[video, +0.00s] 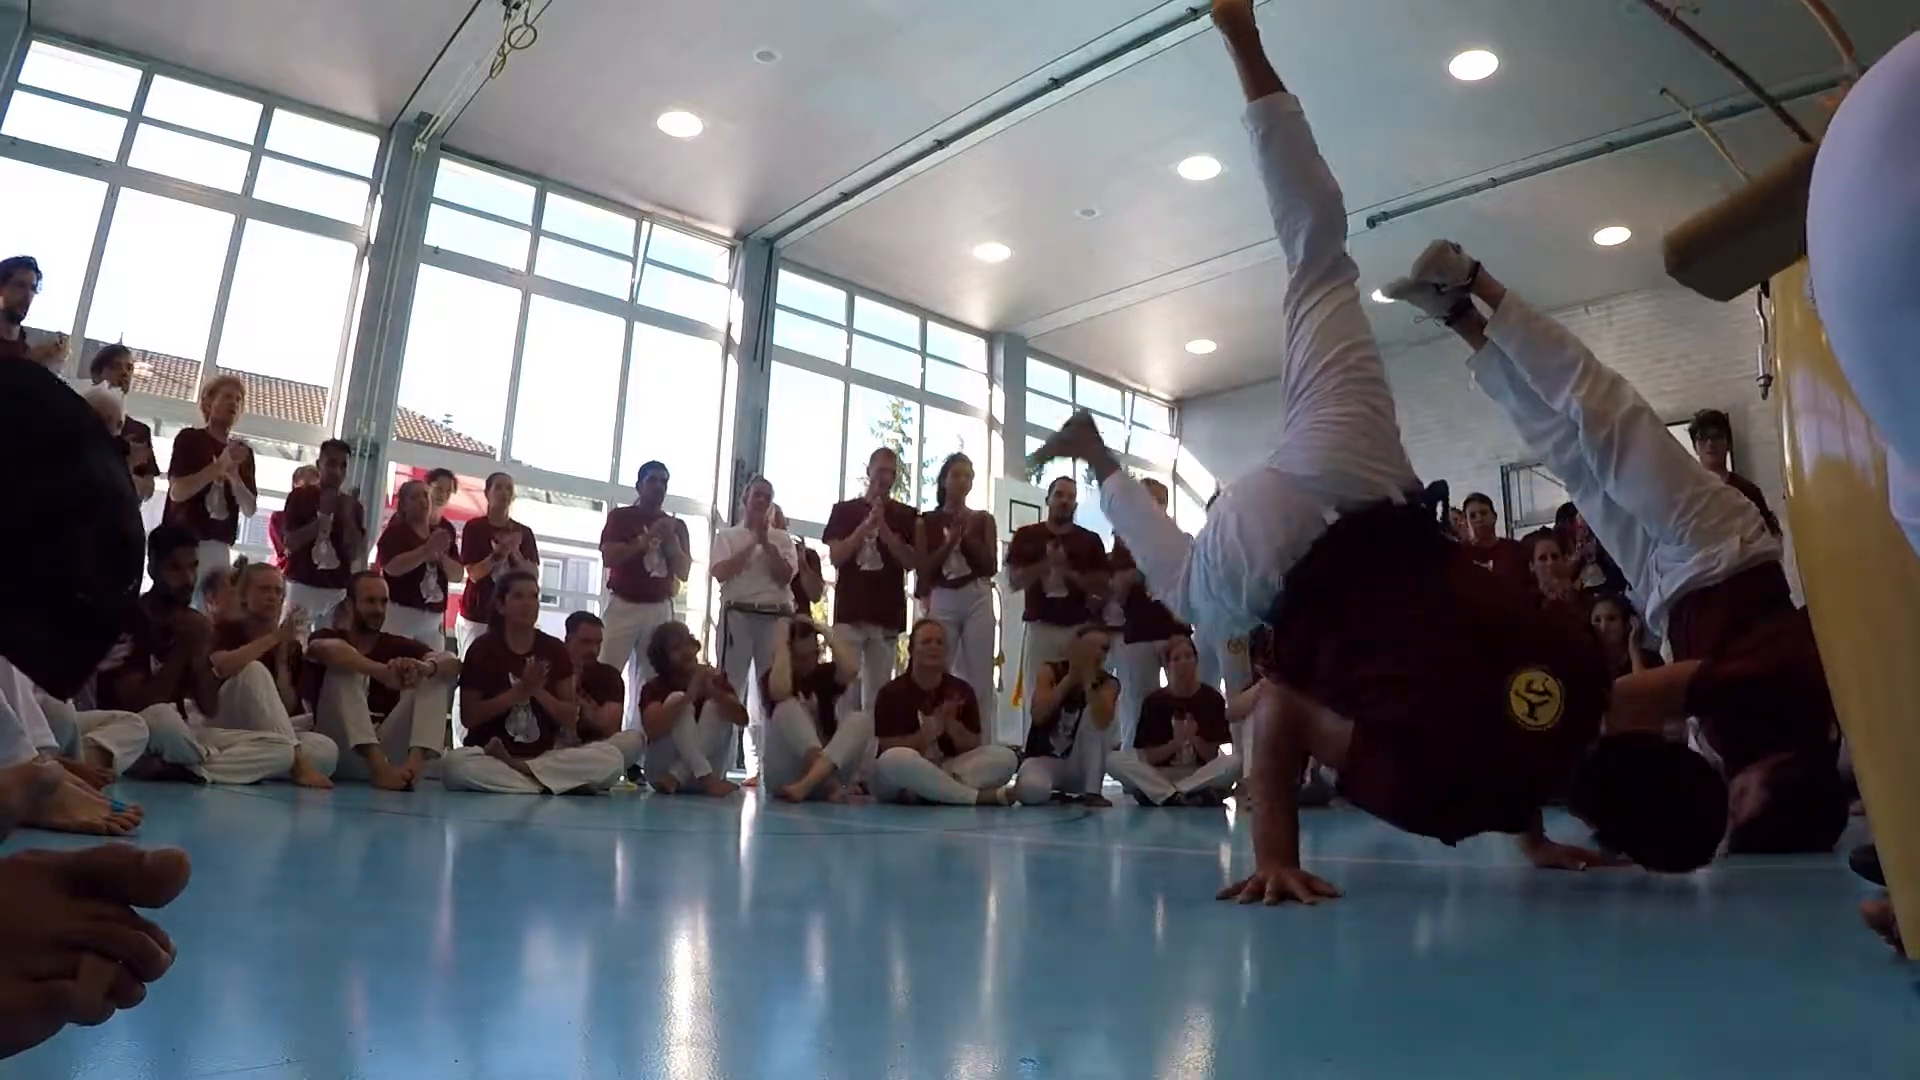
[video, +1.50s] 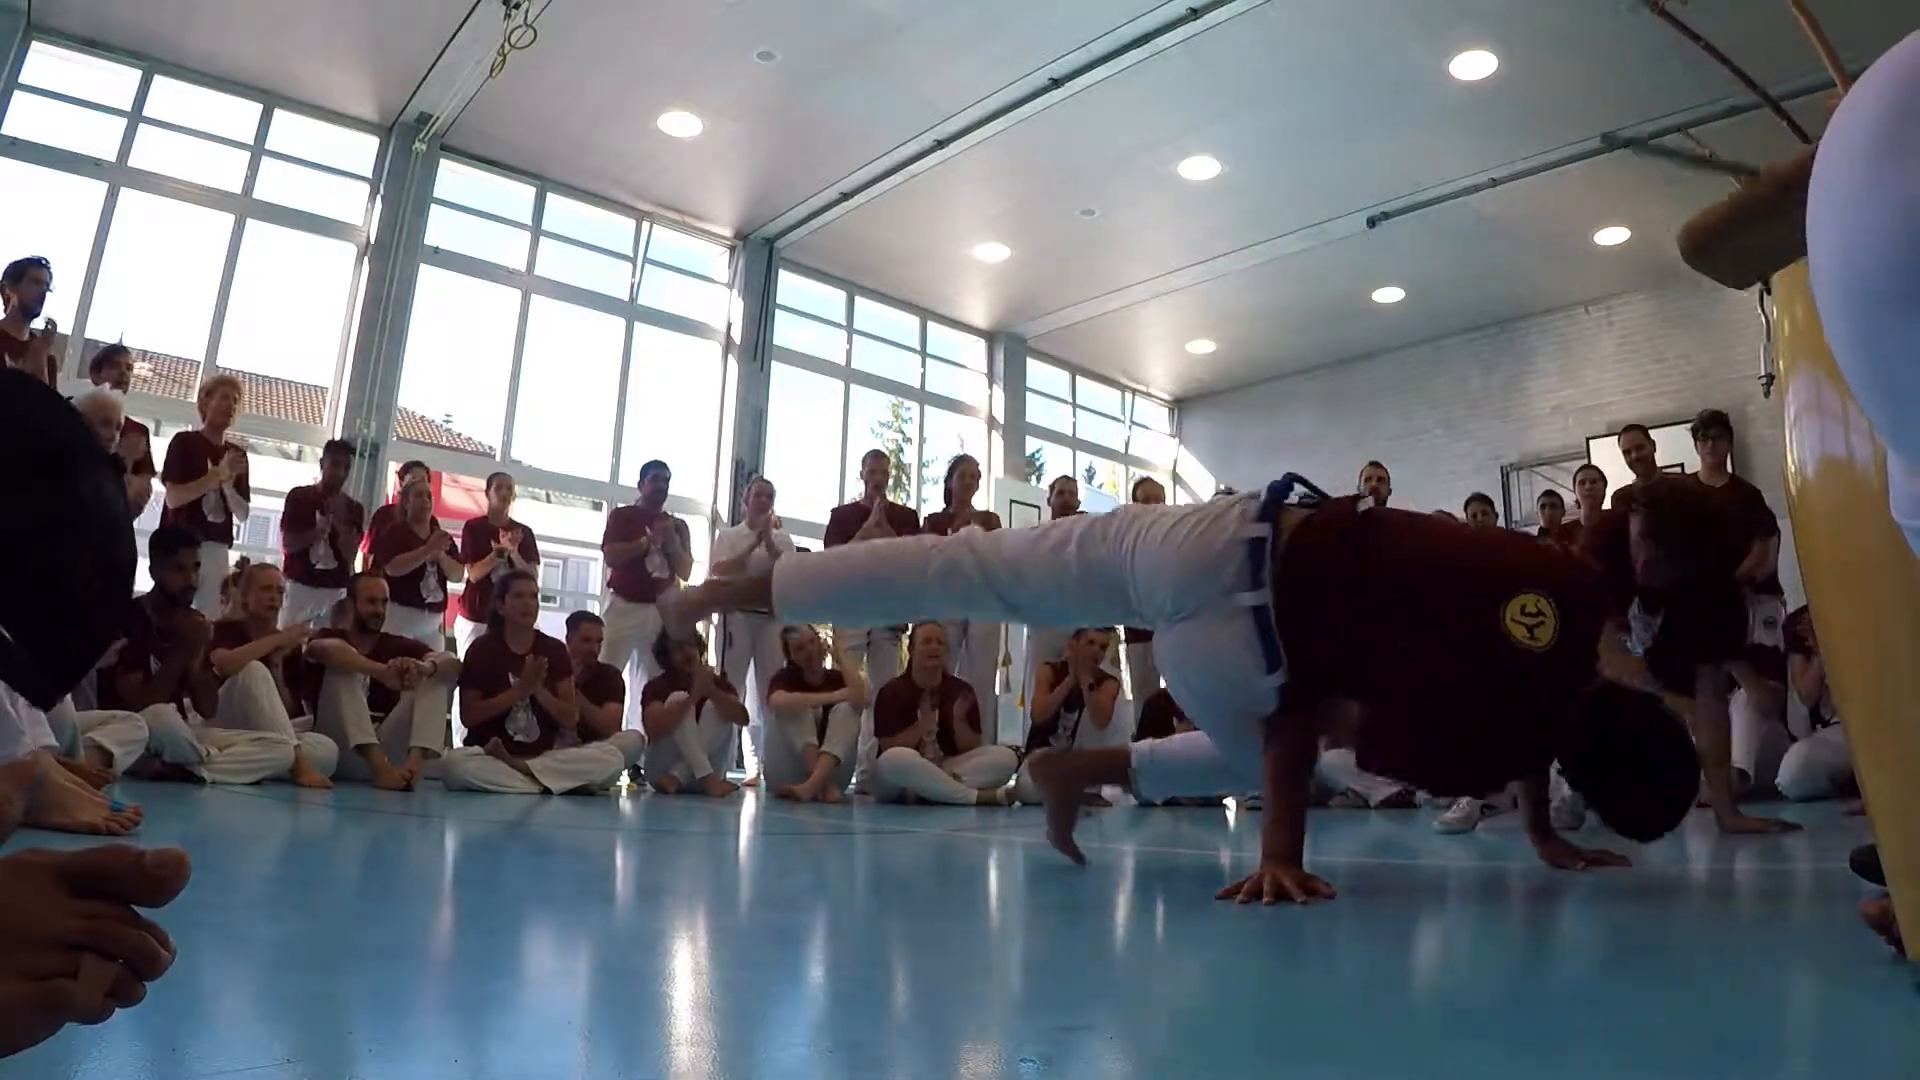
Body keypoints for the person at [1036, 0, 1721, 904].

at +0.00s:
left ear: (1641, 735)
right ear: (1607, 834)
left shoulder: (1584, 690)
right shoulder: (1436, 794)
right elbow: (1278, 702)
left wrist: (1534, 830)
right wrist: (1275, 859)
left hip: (1365, 482)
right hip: (1260, 553)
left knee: (1321, 264)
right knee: (1187, 597)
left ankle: (1243, 38)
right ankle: (1101, 456)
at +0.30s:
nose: (1549, 879)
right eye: (1567, 877)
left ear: (1647, 803)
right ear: (1558, 853)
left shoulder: (1598, 693)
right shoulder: (1419, 793)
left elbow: (1645, 672)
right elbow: (1272, 702)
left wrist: (1611, 776)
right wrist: (1274, 859)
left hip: (1438, 497)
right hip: (1320, 530)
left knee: (1363, 259)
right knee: (1272, 340)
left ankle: (1298, 93)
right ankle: (1224, 174)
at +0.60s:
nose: (1555, 876)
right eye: (1574, 876)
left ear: (1654, 793)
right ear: (1569, 852)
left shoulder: (1616, 692)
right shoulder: (1424, 803)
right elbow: (1284, 700)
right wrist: (1277, 858)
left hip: (1449, 493)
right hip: (1326, 529)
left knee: (1380, 266)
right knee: (1309, 319)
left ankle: (1337, 138)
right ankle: (1288, 153)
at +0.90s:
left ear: (1677, 797)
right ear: (1597, 859)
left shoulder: (1611, 681)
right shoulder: (1427, 815)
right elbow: (1281, 707)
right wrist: (1277, 859)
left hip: (1401, 500)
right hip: (1272, 559)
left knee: (1392, 336)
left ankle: (1249, 239)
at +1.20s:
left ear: (1654, 770)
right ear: (1599, 853)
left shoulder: (1605, 651)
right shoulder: (1468, 818)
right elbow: (1323, 715)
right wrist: (1283, 858)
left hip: (1300, 525)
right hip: (1252, 663)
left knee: (1173, 346)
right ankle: (1172, 709)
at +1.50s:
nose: (1596, 814)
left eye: (1616, 807)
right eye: (1610, 812)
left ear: (1626, 683)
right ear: (1594, 793)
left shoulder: (1560, 587)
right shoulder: (1492, 743)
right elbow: (1309, 720)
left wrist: (1538, 829)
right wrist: (1283, 856)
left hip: (1225, 546)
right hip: (1239, 666)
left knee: (984, 573)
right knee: (1256, 771)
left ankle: (731, 590)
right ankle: (1091, 768)